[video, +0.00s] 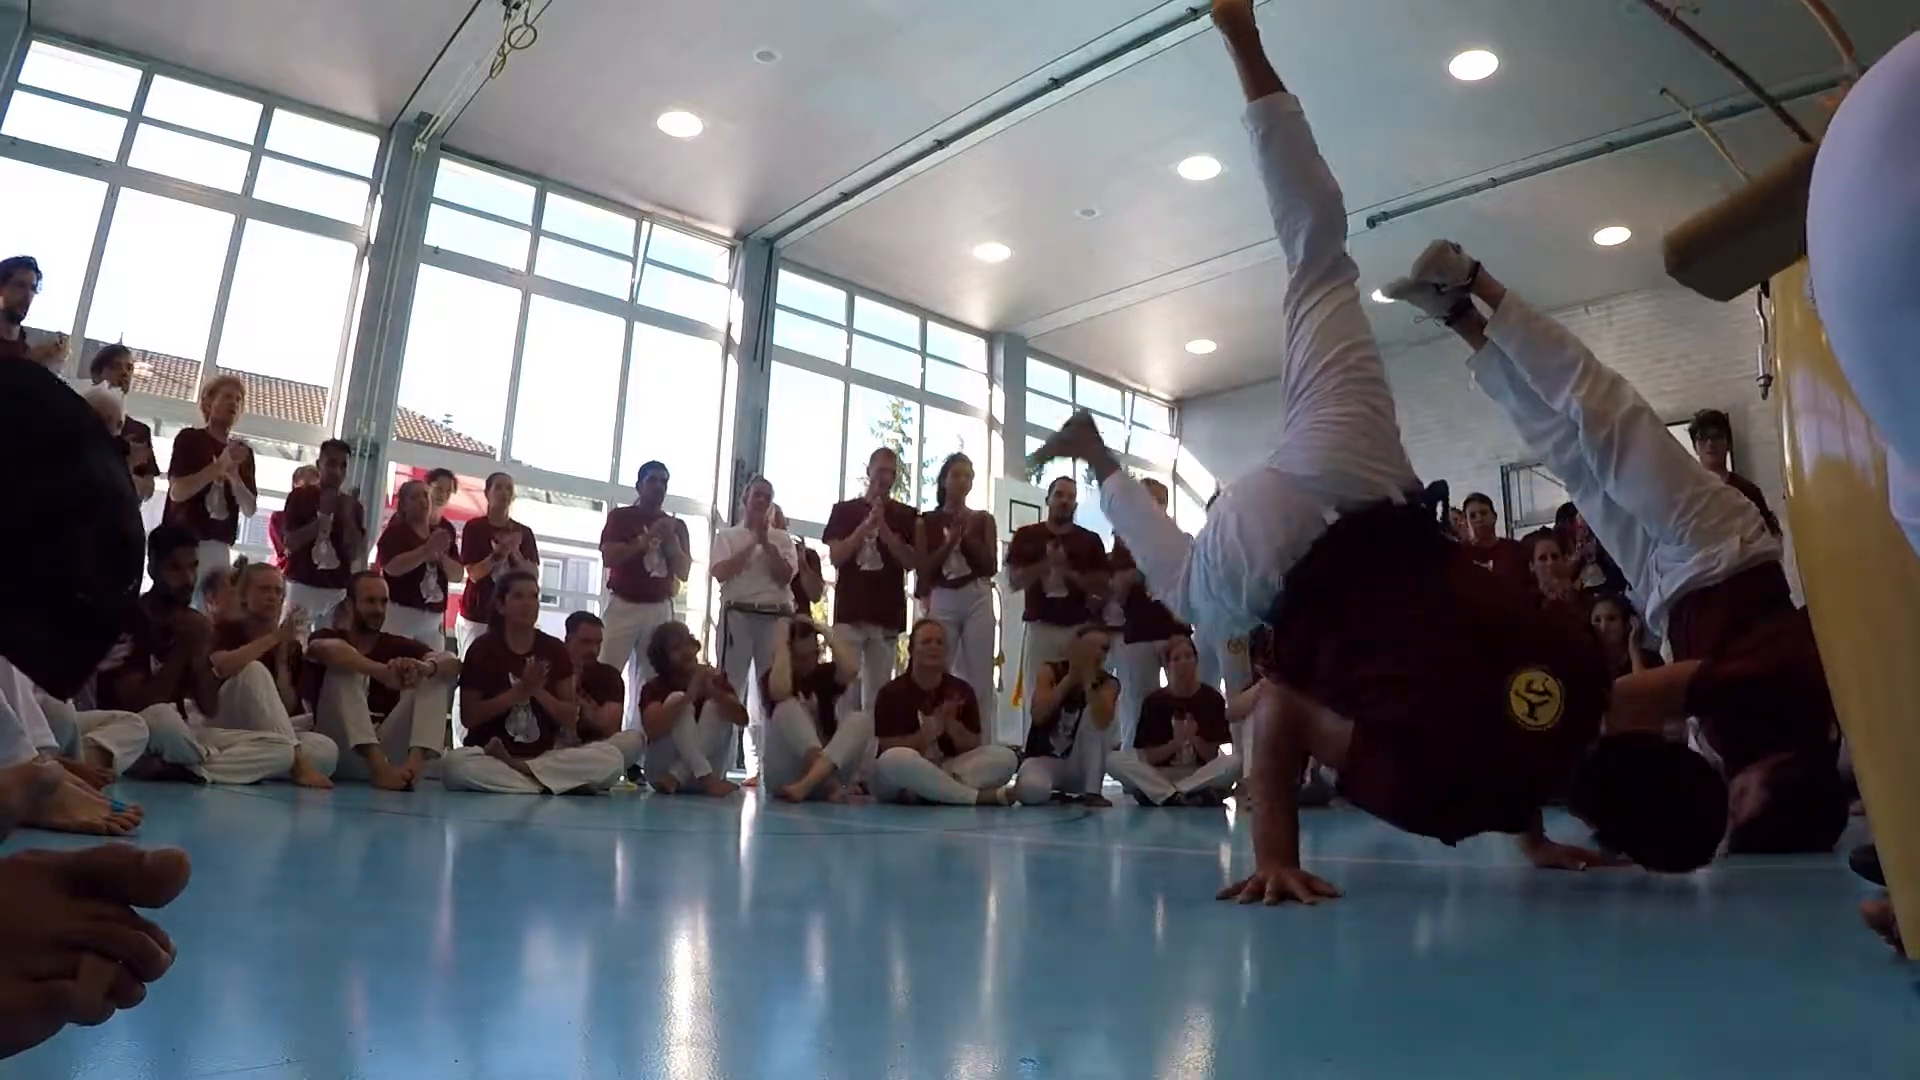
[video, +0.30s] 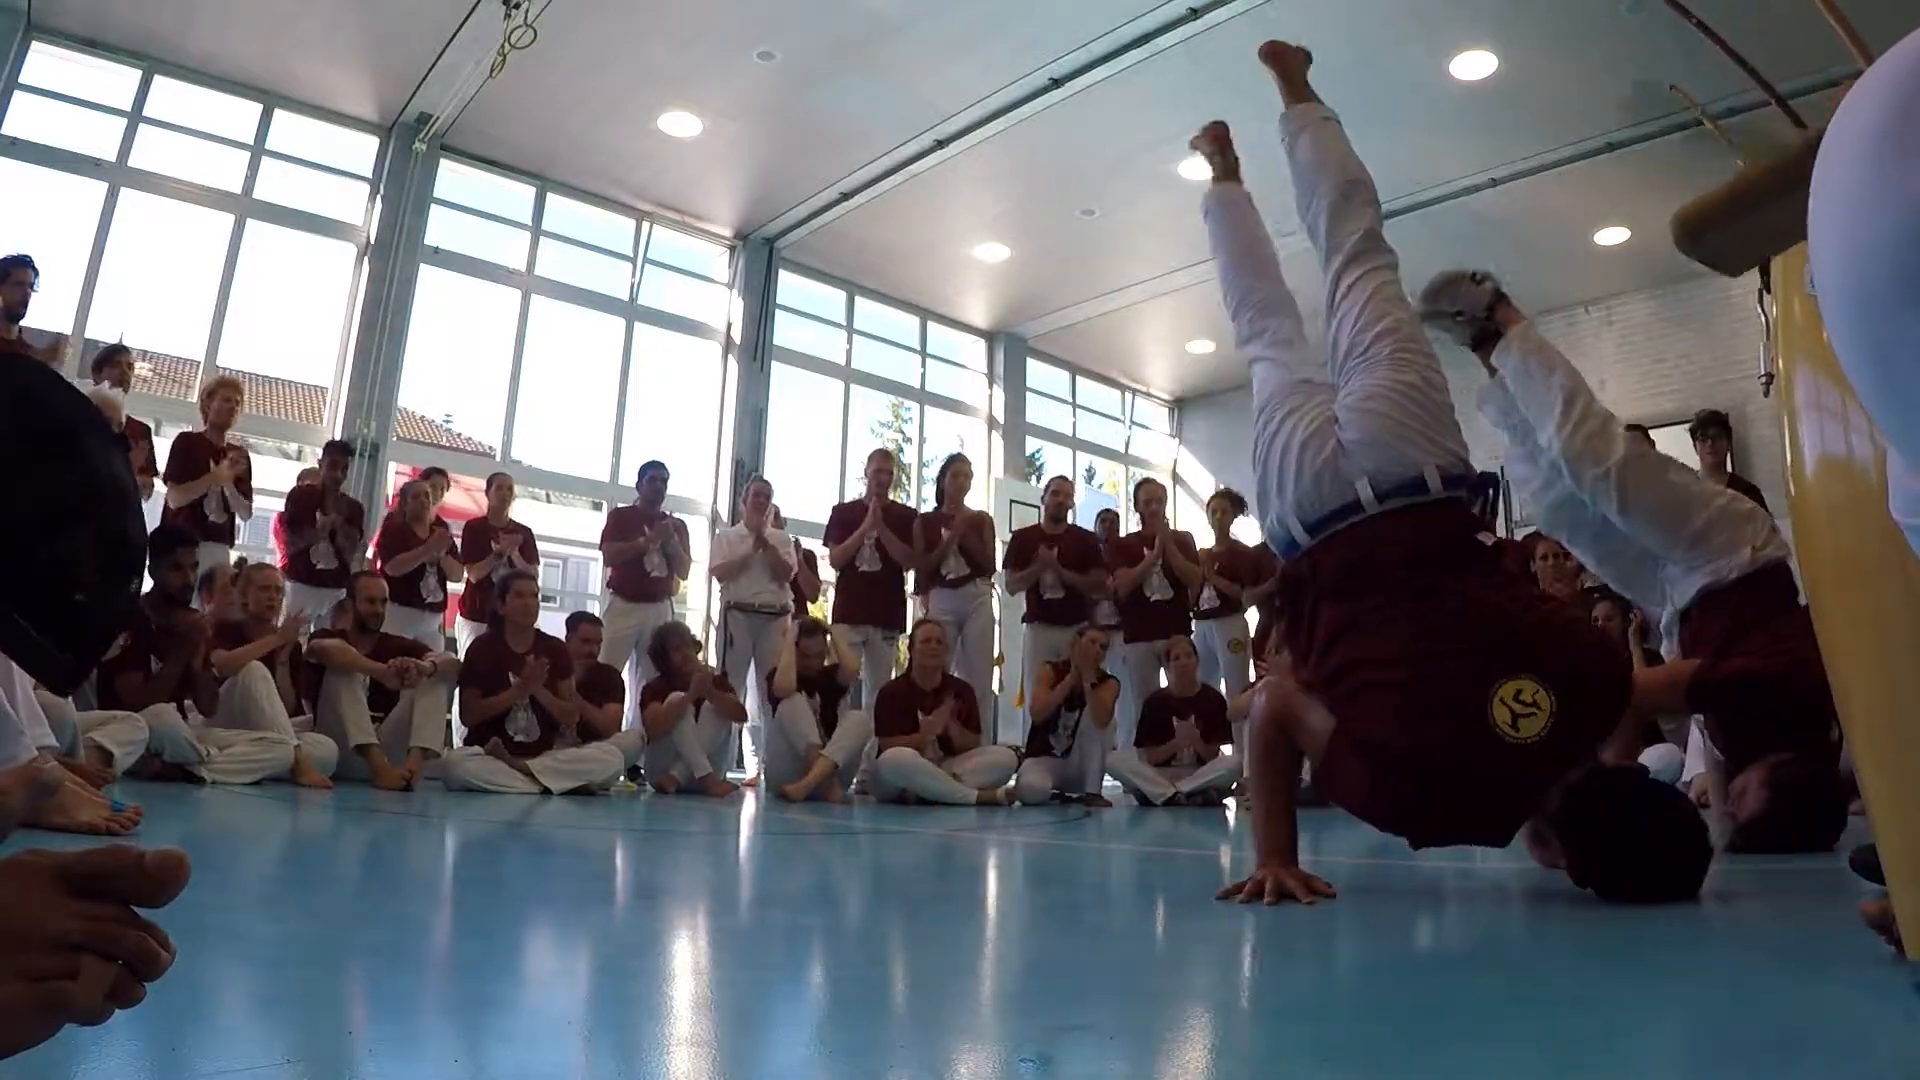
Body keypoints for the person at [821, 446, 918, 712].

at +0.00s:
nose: (886, 477)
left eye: (891, 472)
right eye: (881, 471)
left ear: (896, 476)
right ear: (868, 471)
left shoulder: (907, 514)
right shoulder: (844, 510)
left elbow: (910, 561)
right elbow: (836, 557)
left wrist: (883, 528)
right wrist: (866, 526)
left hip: (886, 613)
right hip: (849, 611)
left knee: (880, 690)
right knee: (845, 688)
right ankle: (844, 748)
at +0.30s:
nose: (881, 478)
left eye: (886, 473)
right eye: (876, 472)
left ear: (894, 477)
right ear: (866, 473)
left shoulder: (907, 515)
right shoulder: (843, 512)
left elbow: (909, 562)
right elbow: (836, 561)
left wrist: (881, 528)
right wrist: (865, 528)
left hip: (887, 614)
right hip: (848, 613)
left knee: (879, 692)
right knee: (843, 688)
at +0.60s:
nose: (878, 478)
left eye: (883, 472)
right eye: (873, 471)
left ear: (890, 475)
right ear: (863, 473)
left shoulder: (905, 516)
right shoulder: (840, 513)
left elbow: (910, 565)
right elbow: (830, 564)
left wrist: (885, 530)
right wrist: (858, 532)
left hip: (886, 616)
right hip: (846, 614)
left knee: (880, 694)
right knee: (849, 690)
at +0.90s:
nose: (876, 476)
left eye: (882, 471)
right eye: (871, 471)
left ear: (888, 474)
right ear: (861, 473)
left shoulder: (904, 516)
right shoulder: (840, 515)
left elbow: (910, 564)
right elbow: (830, 564)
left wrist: (894, 527)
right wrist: (850, 525)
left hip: (887, 617)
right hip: (847, 617)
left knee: (883, 695)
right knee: (846, 694)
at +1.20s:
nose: (875, 476)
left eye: (880, 471)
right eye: (870, 471)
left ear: (888, 474)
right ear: (861, 473)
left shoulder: (905, 516)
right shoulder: (842, 514)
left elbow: (909, 560)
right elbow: (836, 560)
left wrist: (881, 525)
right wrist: (863, 525)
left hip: (889, 617)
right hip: (849, 616)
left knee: (885, 695)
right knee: (850, 693)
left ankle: (877, 769)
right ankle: (842, 767)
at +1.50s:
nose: (877, 478)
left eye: (882, 472)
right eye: (872, 472)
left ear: (890, 474)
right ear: (862, 474)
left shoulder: (906, 517)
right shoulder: (843, 514)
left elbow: (913, 563)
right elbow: (831, 563)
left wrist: (885, 533)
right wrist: (863, 533)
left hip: (890, 609)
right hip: (848, 609)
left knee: (887, 694)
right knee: (849, 692)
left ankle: (878, 772)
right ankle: (841, 769)